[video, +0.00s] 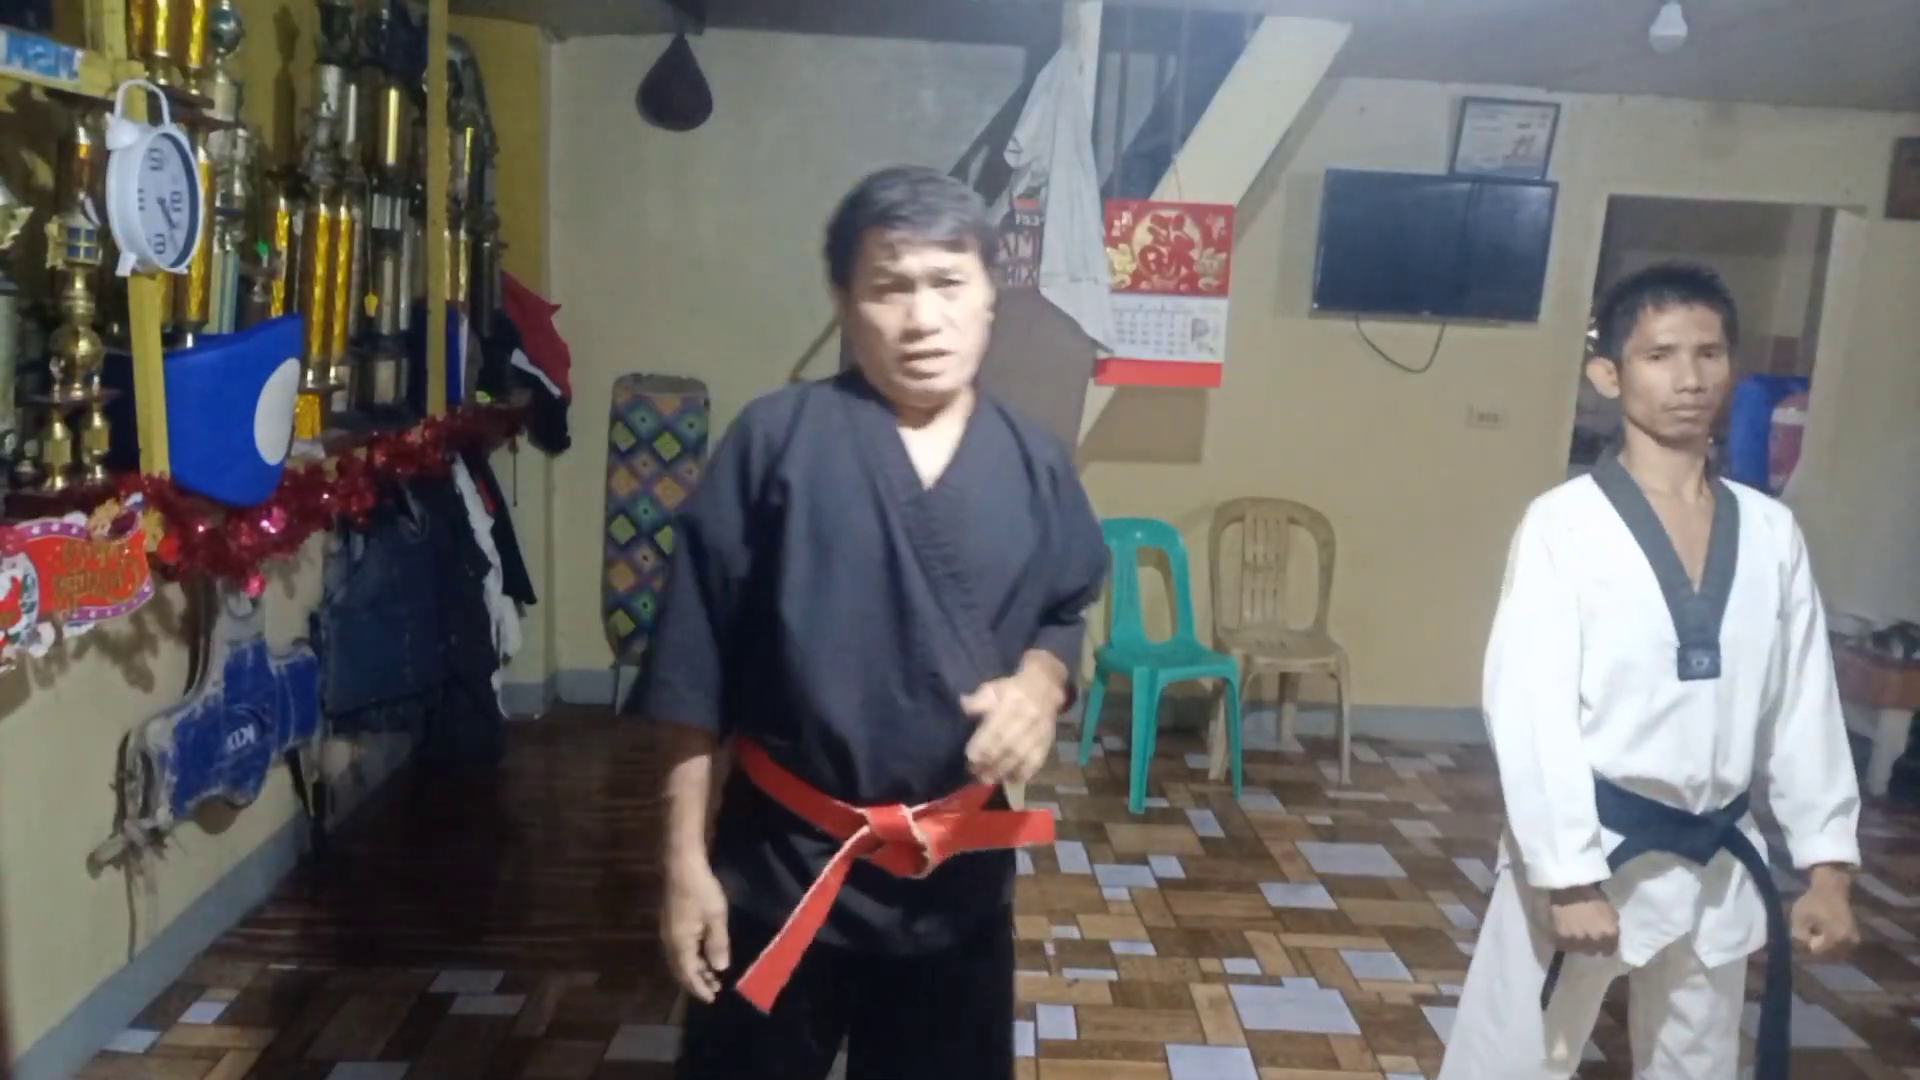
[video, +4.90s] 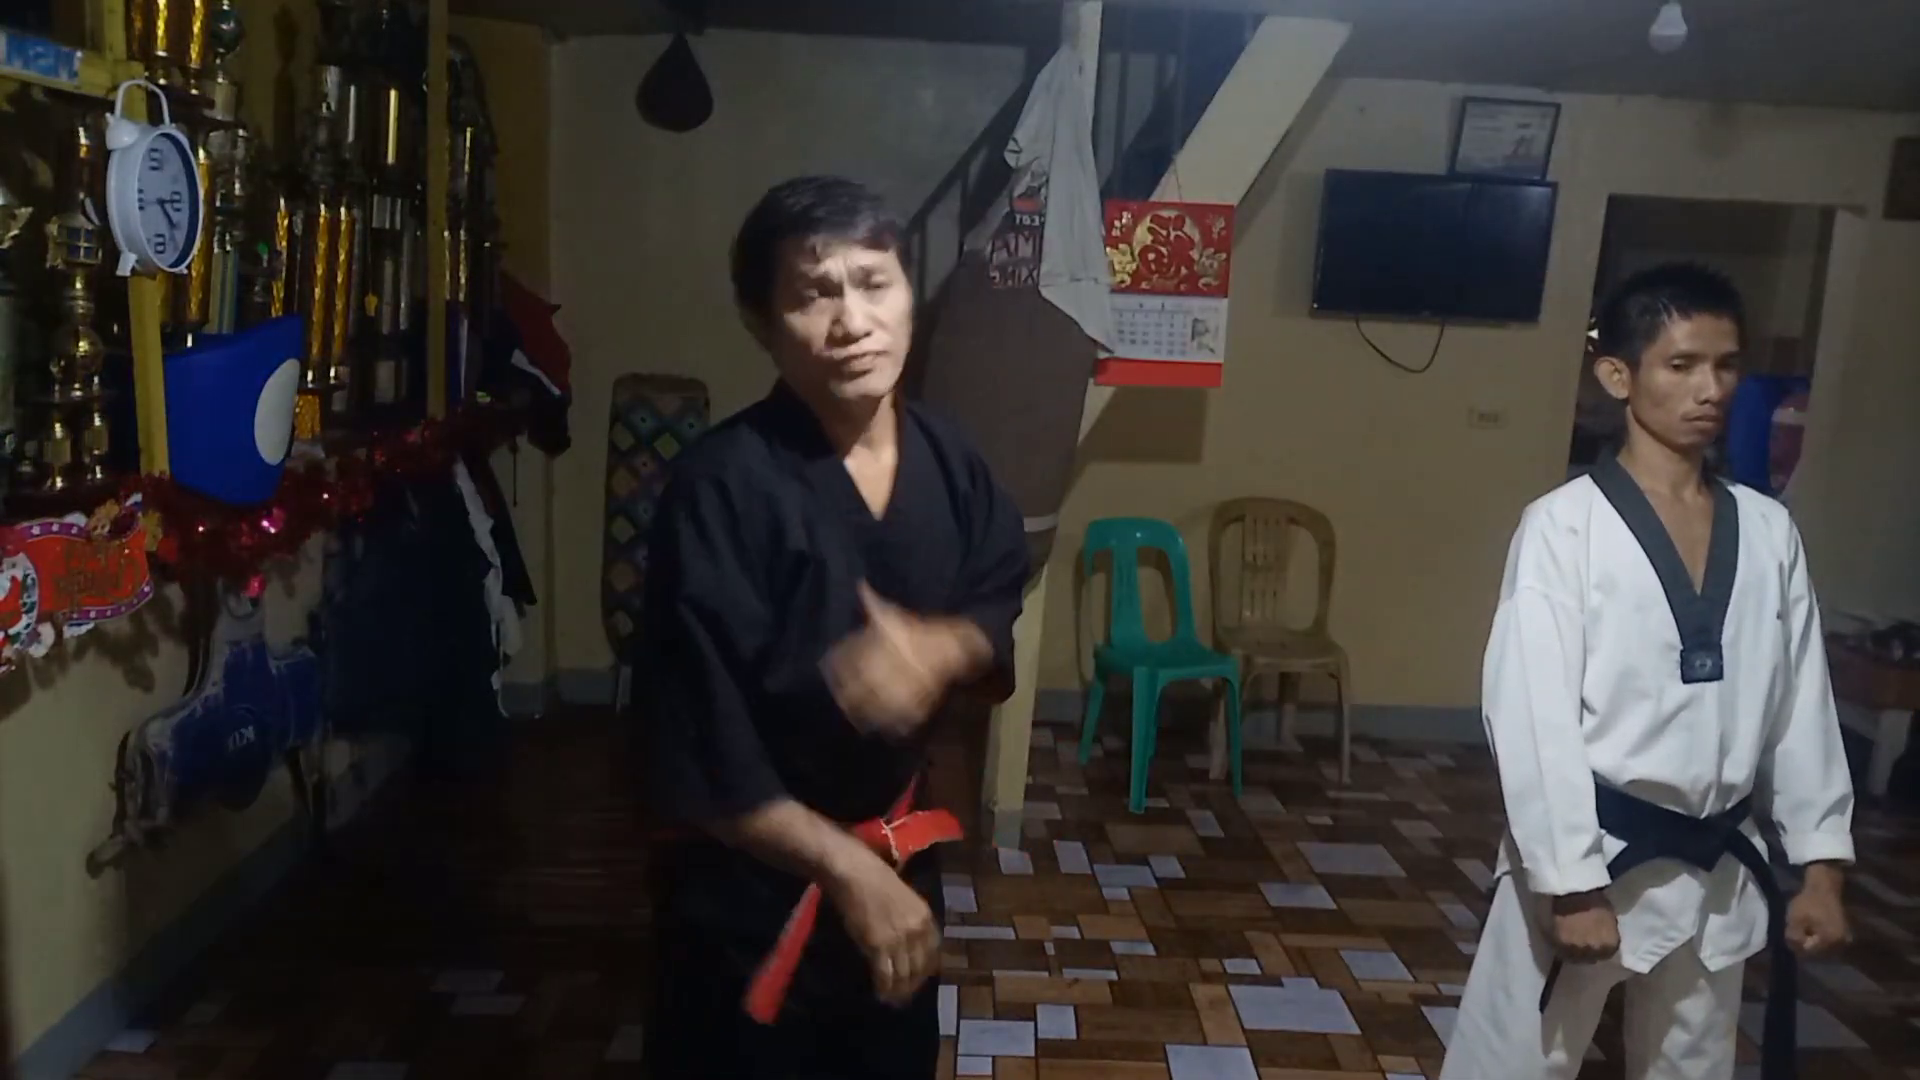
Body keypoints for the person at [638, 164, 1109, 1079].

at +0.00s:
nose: (922, 316)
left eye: (949, 284)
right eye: (891, 288)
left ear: (993, 298)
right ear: (846, 307)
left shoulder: (1035, 462)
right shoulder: (772, 441)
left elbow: (1063, 614)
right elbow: (692, 658)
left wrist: (1042, 686)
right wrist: (684, 859)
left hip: (958, 883)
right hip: (784, 880)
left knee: (954, 1069)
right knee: (744, 1068)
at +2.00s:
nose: (887, 302)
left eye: (912, 271)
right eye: (853, 277)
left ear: (953, 291)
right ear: (805, 309)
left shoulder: (1000, 470)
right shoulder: (740, 464)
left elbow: (1032, 658)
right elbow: (668, 693)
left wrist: (1014, 814)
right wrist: (802, 840)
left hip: (953, 931)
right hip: (776, 931)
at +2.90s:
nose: (899, 320)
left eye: (924, 285)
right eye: (865, 293)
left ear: (964, 294)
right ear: (819, 314)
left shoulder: (1013, 466)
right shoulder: (752, 465)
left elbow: (1067, 622)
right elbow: (683, 687)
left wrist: (1045, 734)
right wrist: (786, 850)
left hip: (960, 925)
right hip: (784, 926)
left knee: (958, 1073)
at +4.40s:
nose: (947, 304)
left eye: (970, 274)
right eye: (910, 285)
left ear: (1013, 300)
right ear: (869, 323)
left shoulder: (1024, 469)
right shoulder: (803, 440)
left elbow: (1071, 628)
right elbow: (679, 617)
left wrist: (1043, 655)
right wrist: (803, 711)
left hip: (965, 875)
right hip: (814, 873)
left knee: (959, 1065)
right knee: (795, 1066)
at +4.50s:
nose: (972, 313)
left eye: (996, 282)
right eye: (937, 287)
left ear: (1032, 304)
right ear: (890, 314)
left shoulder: (1027, 469)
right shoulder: (818, 431)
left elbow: (1069, 635)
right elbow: (671, 593)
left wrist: (1045, 652)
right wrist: (798, 618)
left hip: (958, 852)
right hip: (815, 844)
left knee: (944, 1063)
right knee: (789, 1063)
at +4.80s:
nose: (905, 303)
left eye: (930, 272)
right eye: (869, 279)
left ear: (969, 293)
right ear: (825, 309)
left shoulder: (973, 456)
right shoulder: (770, 449)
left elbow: (1019, 630)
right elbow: (631, 641)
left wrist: (992, 651)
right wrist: (807, 679)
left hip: (916, 862)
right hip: (775, 859)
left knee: (897, 1063)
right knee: (752, 1065)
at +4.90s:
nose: (852, 320)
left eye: (874, 284)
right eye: (812, 296)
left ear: (910, 296)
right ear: (764, 326)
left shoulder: (949, 460)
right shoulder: (719, 488)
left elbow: (1000, 614)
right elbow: (696, 748)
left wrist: (938, 648)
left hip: (892, 861)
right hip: (743, 868)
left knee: (893, 1062)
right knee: (744, 1065)